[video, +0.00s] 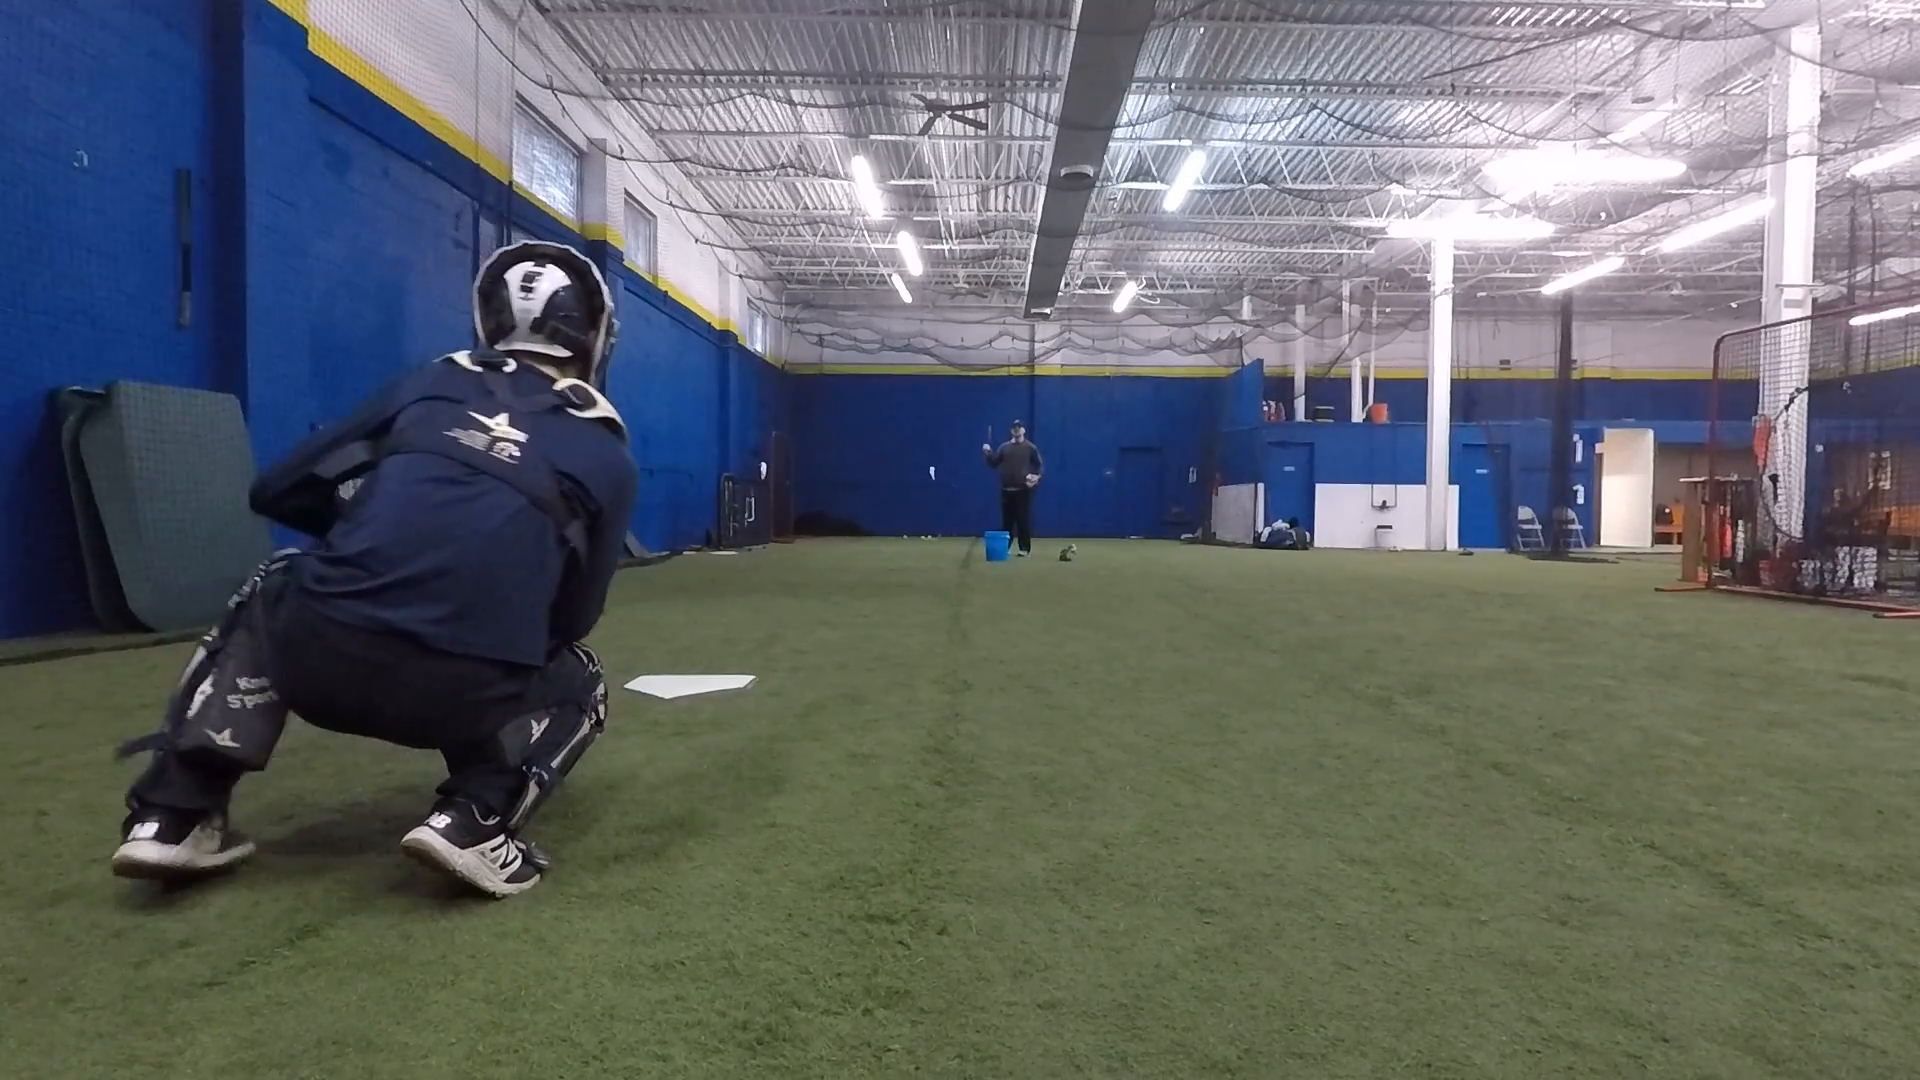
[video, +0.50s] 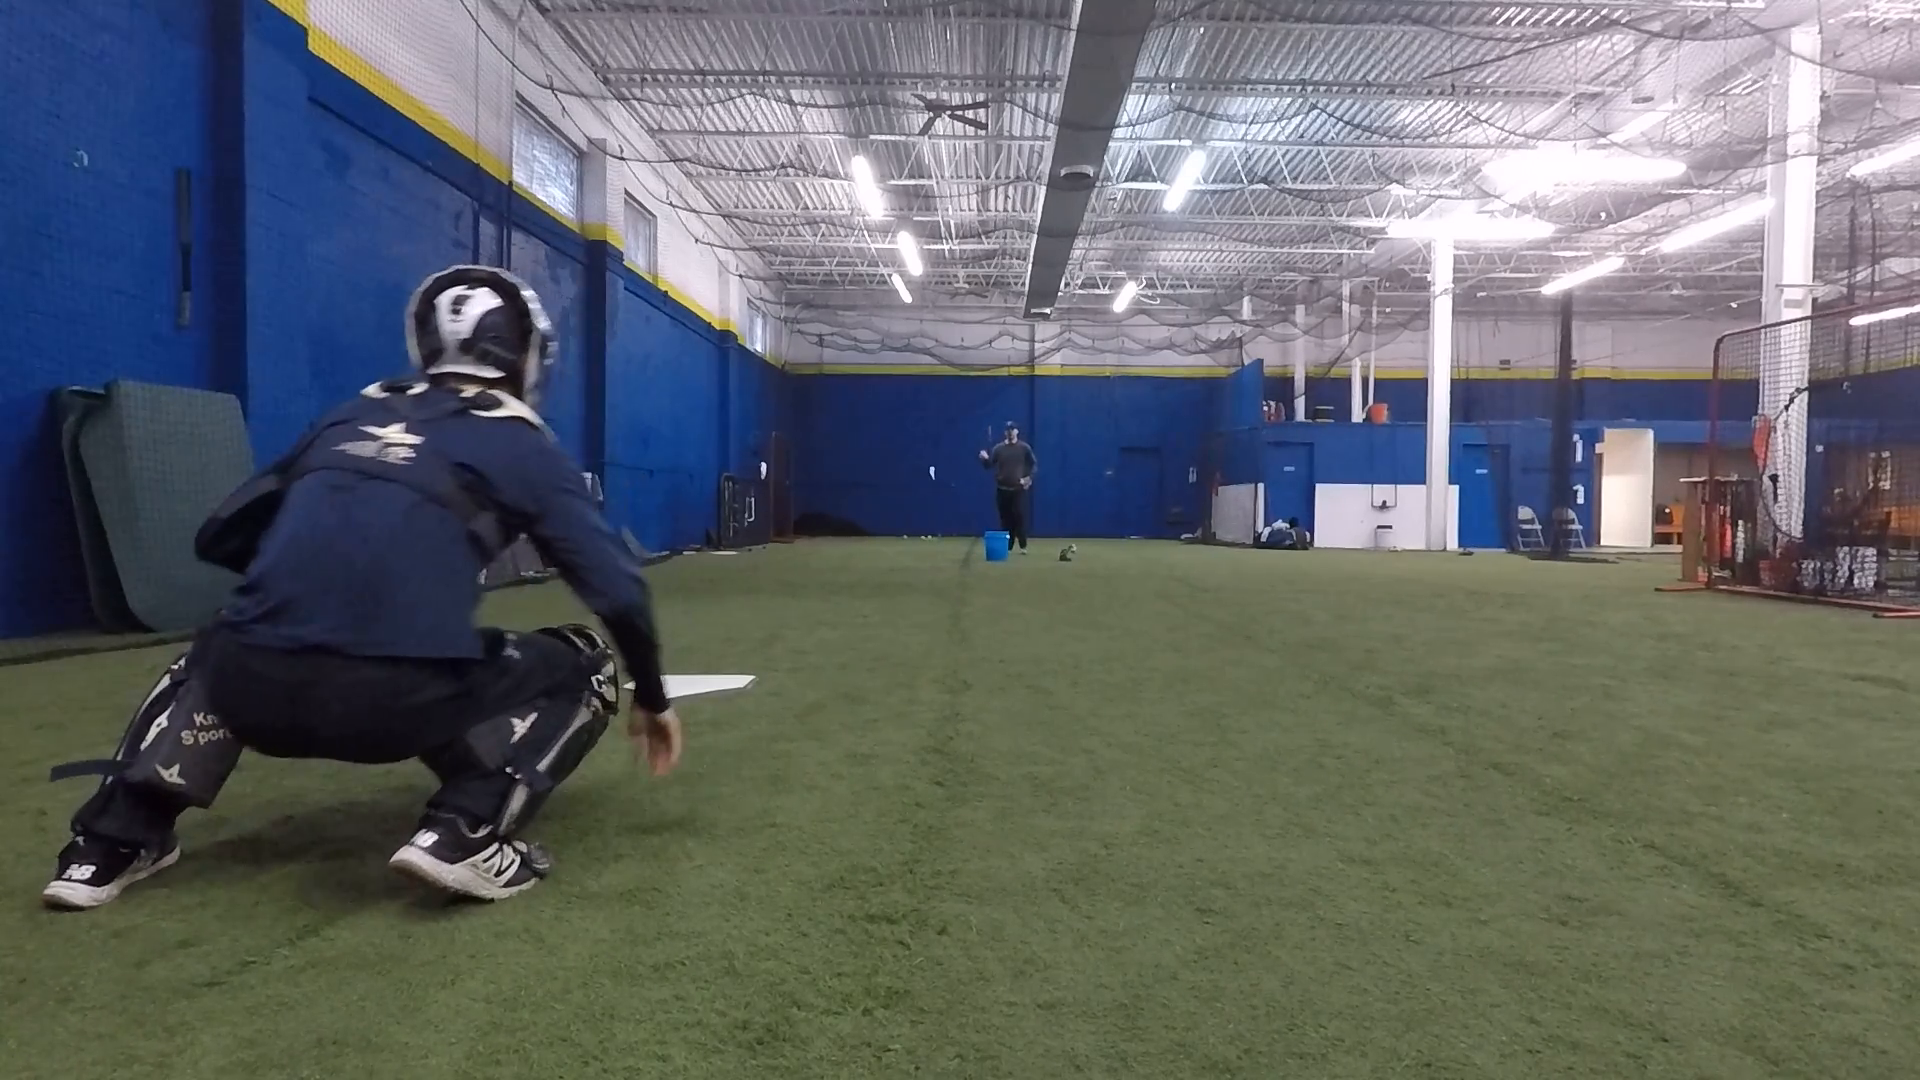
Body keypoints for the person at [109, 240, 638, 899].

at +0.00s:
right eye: (604, 325)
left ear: (490, 322)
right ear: (594, 339)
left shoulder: (433, 380)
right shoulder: (609, 455)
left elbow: (279, 488)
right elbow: (571, 622)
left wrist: (372, 531)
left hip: (324, 655)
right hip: (466, 692)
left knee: (274, 591)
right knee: (577, 685)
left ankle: (173, 809)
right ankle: (473, 820)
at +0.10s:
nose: (606, 345)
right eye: (606, 334)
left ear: (499, 328)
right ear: (601, 347)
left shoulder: (437, 382)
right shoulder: (616, 460)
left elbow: (269, 481)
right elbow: (596, 626)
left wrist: (369, 522)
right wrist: (517, 608)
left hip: (334, 658)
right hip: (477, 696)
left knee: (260, 592)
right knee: (576, 683)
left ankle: (151, 815)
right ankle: (474, 818)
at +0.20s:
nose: (604, 346)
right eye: (602, 333)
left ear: (495, 329)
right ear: (596, 348)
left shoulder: (425, 388)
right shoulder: (610, 460)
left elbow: (262, 490)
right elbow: (628, 632)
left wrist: (361, 536)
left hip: (324, 658)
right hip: (470, 691)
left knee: (252, 603)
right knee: (581, 676)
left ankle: (117, 828)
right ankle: (472, 819)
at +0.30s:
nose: (598, 363)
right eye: (595, 349)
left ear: (475, 338)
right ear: (581, 357)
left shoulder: (404, 401)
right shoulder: (587, 457)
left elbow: (247, 506)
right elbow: (659, 616)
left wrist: (350, 549)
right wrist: (649, 675)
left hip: (305, 666)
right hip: (459, 694)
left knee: (239, 624)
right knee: (582, 670)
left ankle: (104, 840)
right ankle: (474, 824)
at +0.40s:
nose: (569, 365)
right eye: (564, 349)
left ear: (453, 346)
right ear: (553, 359)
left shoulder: (376, 406)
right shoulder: (555, 444)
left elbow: (232, 520)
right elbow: (655, 603)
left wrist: (334, 563)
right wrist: (662, 685)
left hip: (283, 671)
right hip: (437, 693)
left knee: (232, 623)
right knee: (585, 666)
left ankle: (102, 845)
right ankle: (475, 827)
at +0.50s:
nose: (542, 365)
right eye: (539, 353)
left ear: (423, 350)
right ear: (525, 357)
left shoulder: (349, 415)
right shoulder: (520, 438)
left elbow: (221, 535)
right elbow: (621, 587)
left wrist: (323, 575)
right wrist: (652, 695)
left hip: (255, 682)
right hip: (404, 696)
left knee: (213, 655)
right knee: (581, 664)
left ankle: (102, 849)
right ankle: (463, 833)